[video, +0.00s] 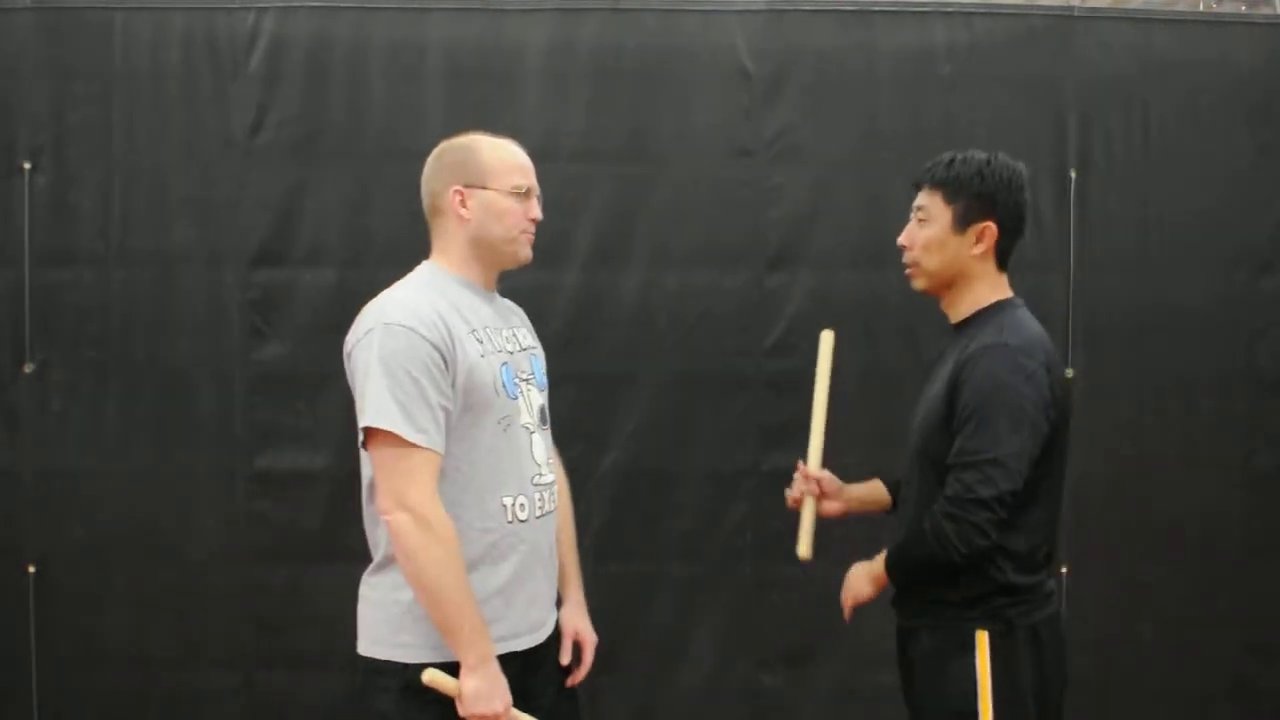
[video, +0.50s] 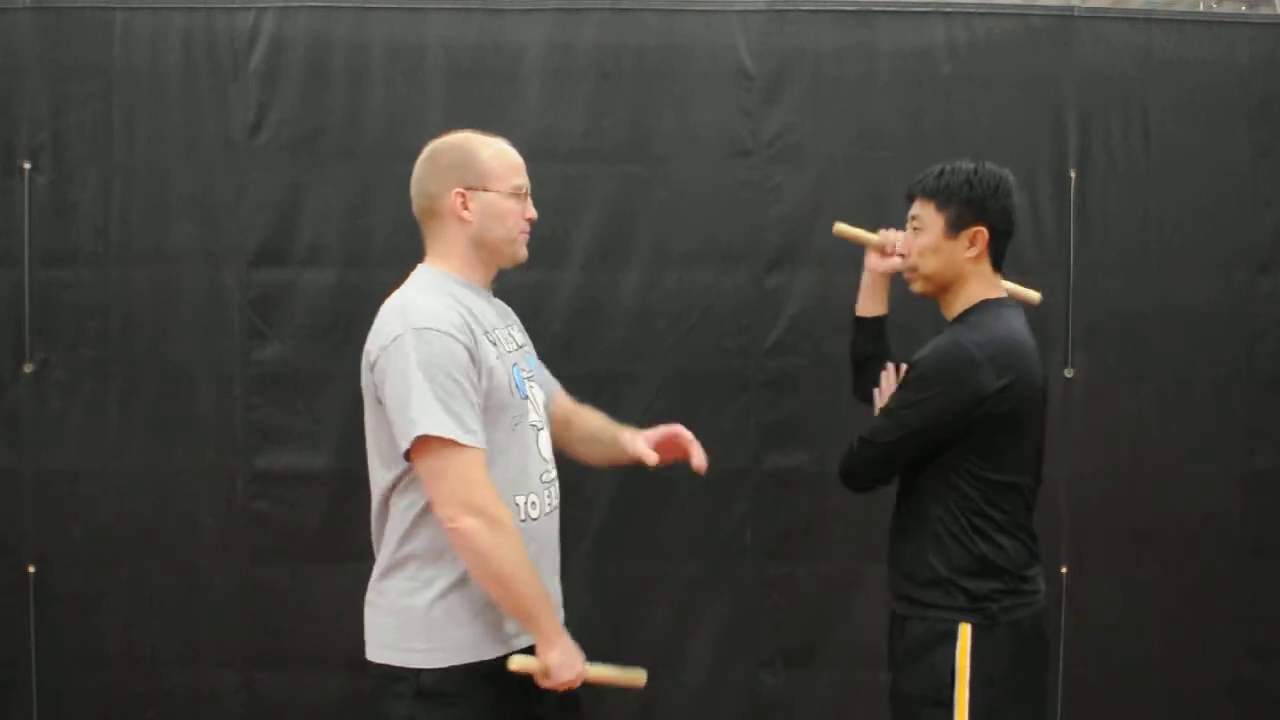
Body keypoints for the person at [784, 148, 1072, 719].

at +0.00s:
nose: (902, 239)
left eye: (921, 220)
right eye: (909, 220)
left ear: (981, 238)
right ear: (978, 240)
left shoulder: (1005, 354)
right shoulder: (977, 344)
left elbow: (970, 520)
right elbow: (943, 478)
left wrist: (882, 569)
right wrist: (849, 497)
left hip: (986, 640)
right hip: (959, 633)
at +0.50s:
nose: (904, 246)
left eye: (918, 230)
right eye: (908, 229)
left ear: (974, 242)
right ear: (970, 245)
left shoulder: (967, 352)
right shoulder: (1001, 334)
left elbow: (860, 469)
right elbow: (873, 388)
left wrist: (886, 414)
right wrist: (875, 279)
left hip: (964, 620)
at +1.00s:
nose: (874, 239)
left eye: (894, 220)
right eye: (880, 219)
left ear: (957, 238)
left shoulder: (1005, 367)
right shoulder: (873, 351)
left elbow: (922, 507)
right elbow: (740, 356)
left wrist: (839, 469)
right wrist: (688, 259)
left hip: (961, 657)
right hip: (877, 649)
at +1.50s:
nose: (857, 241)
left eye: (880, 222)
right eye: (862, 223)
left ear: (940, 240)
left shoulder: (990, 366)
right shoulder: (851, 356)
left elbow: (943, 453)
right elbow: (772, 448)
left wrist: (833, 421)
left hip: (944, 647)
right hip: (856, 640)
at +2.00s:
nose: (858, 244)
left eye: (877, 227)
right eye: (866, 226)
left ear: (935, 246)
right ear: (933, 248)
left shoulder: (954, 338)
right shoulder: (896, 341)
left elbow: (792, 296)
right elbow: (772, 390)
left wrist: (804, 240)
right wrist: (714, 297)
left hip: (908, 641)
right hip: (869, 635)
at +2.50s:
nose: (830, 245)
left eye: (844, 230)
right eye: (838, 227)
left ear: (894, 248)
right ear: (900, 250)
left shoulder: (891, 368)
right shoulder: (946, 341)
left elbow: (774, 491)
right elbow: (832, 404)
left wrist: (691, 472)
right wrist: (851, 295)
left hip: (894, 652)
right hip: (942, 633)